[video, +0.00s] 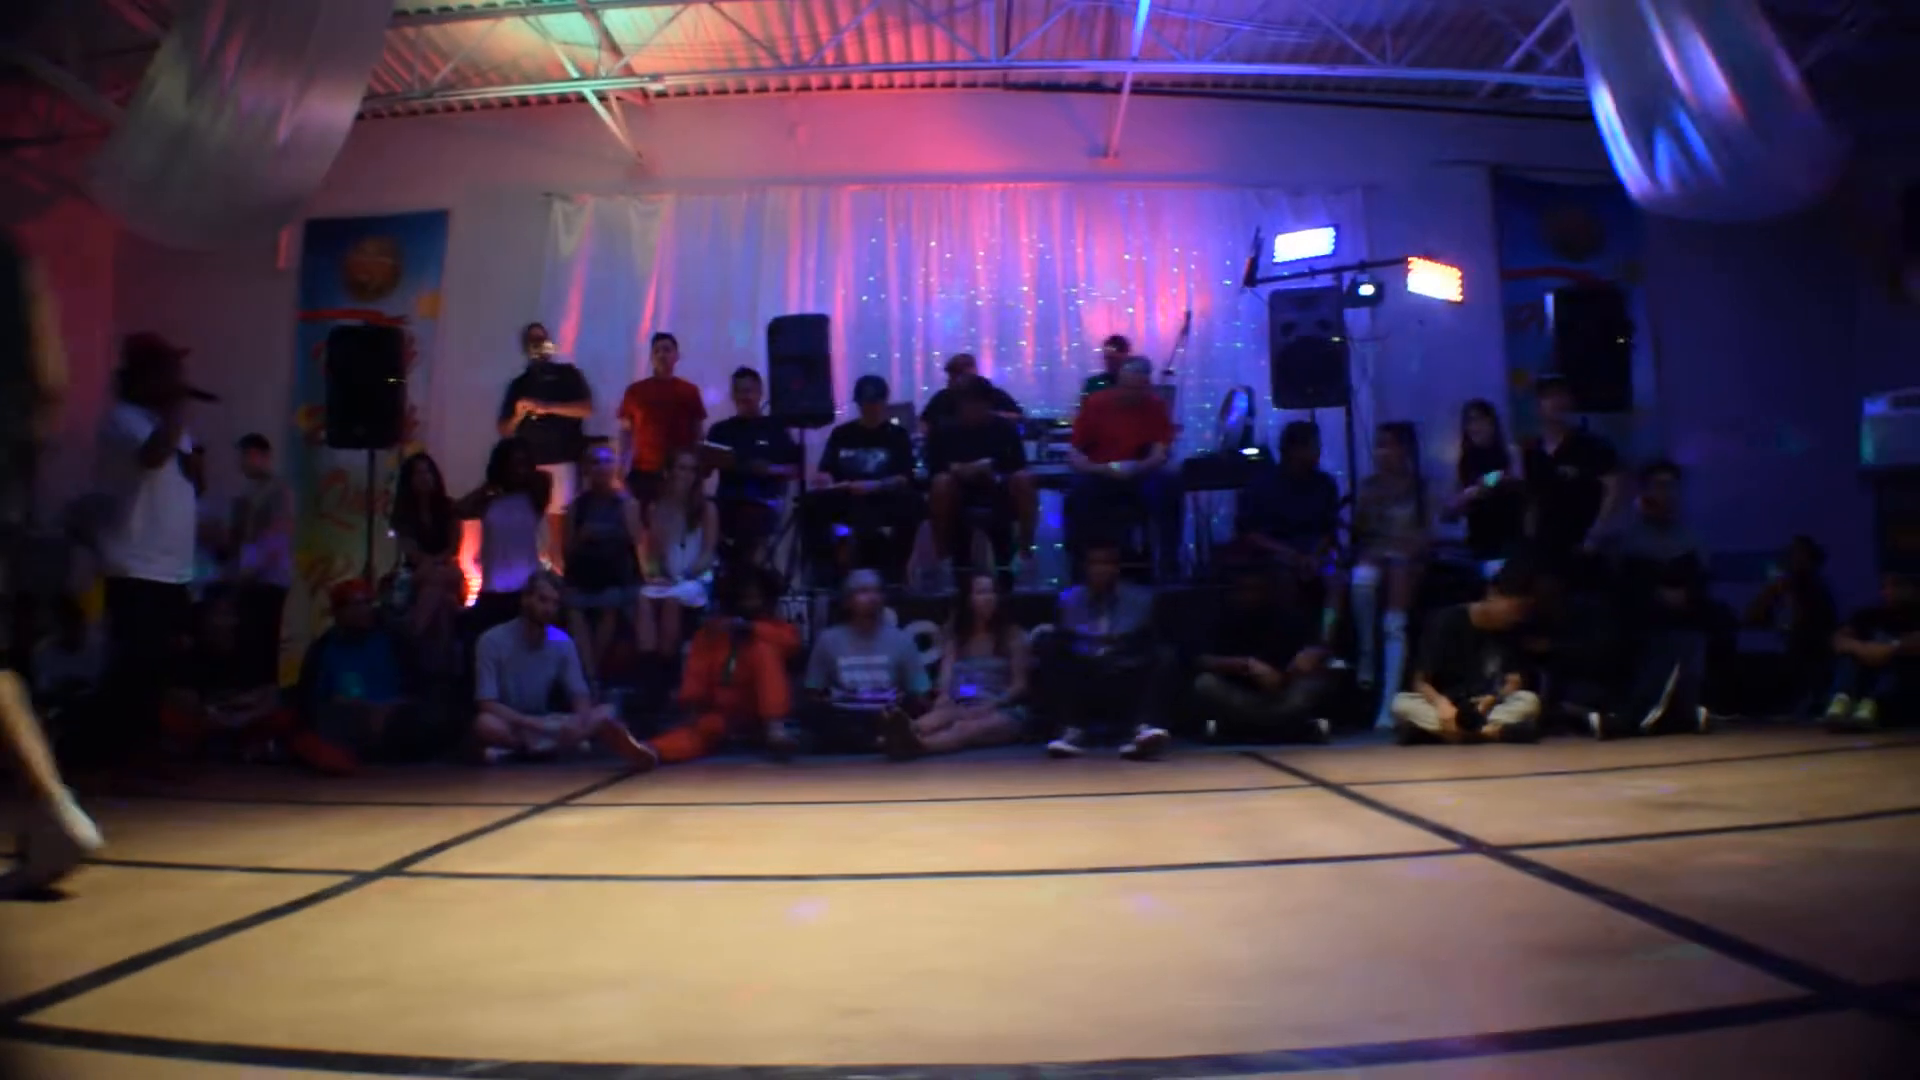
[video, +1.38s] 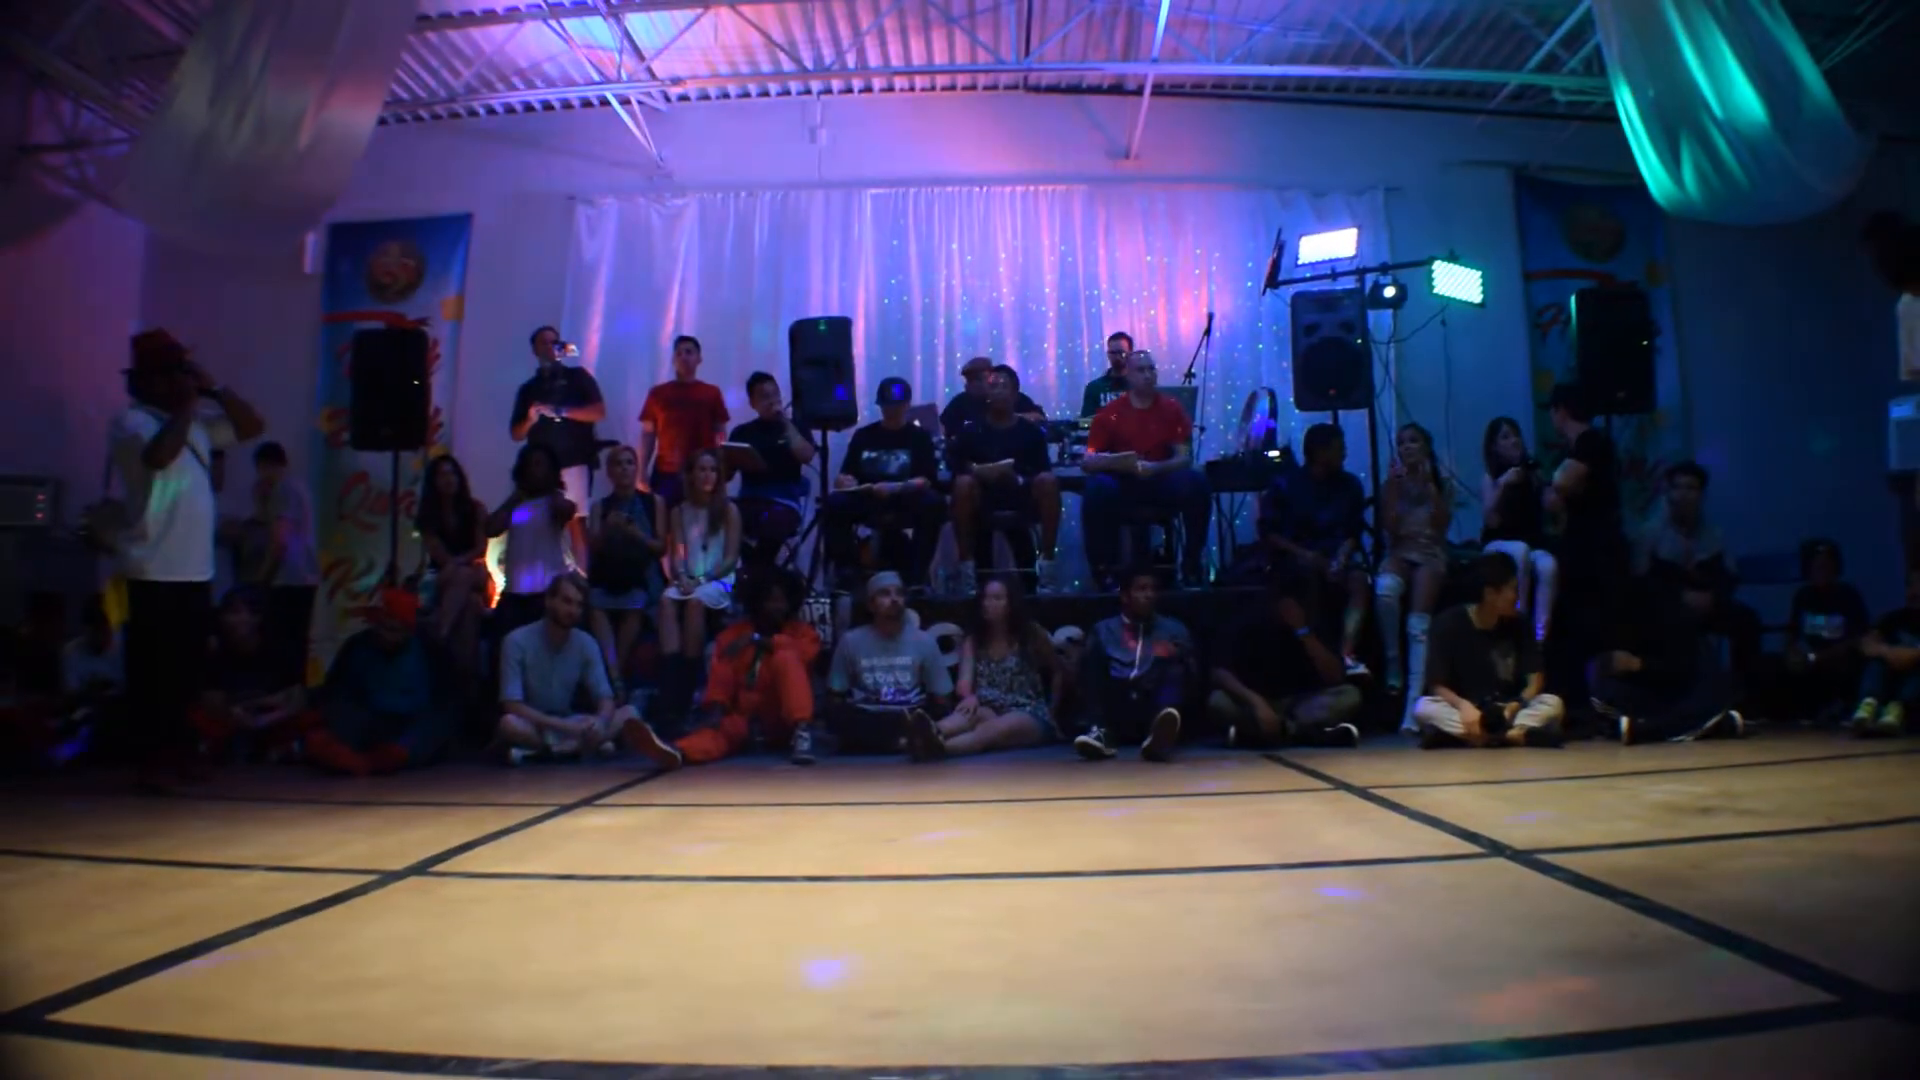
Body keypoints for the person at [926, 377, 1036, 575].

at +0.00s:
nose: (972, 410)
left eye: (978, 402)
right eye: (966, 402)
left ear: (988, 403)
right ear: (957, 404)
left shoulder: (1002, 428)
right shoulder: (944, 431)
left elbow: (1017, 464)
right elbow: (934, 467)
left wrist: (989, 468)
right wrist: (957, 469)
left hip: (995, 482)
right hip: (959, 482)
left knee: (1023, 480)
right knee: (942, 483)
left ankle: (1025, 551)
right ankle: (944, 557)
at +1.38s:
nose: (997, 391)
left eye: (1003, 386)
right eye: (993, 386)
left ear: (1015, 393)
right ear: (985, 391)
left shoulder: (1030, 430)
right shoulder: (972, 429)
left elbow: (1042, 469)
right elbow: (956, 465)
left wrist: (1014, 476)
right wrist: (979, 471)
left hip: (1018, 489)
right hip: (984, 489)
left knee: (1047, 482)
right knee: (964, 484)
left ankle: (1047, 559)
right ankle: (966, 564)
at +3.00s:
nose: (994, 410)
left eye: (1000, 404)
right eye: (990, 403)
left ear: (1009, 404)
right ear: (981, 403)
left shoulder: (1021, 432)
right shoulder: (966, 433)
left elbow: (1034, 470)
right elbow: (951, 471)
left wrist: (1008, 476)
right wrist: (976, 475)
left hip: (1012, 490)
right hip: (977, 491)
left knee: (1041, 487)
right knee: (957, 488)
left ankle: (1041, 558)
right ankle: (959, 563)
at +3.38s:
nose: (994, 412)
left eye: (1000, 406)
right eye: (989, 405)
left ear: (1009, 406)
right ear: (981, 404)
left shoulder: (1022, 433)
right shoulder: (965, 433)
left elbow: (1034, 470)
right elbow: (950, 470)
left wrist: (1008, 479)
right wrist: (974, 474)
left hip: (1011, 491)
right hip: (977, 492)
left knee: (1041, 486)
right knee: (957, 488)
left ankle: (1040, 562)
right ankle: (960, 565)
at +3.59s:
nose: (995, 411)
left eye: (1001, 406)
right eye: (990, 405)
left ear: (1010, 405)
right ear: (982, 404)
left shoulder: (1022, 433)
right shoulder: (965, 433)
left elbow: (1035, 471)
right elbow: (951, 471)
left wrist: (1009, 480)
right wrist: (976, 476)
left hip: (1011, 491)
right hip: (977, 492)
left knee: (1041, 486)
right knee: (956, 488)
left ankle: (1041, 563)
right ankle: (960, 566)